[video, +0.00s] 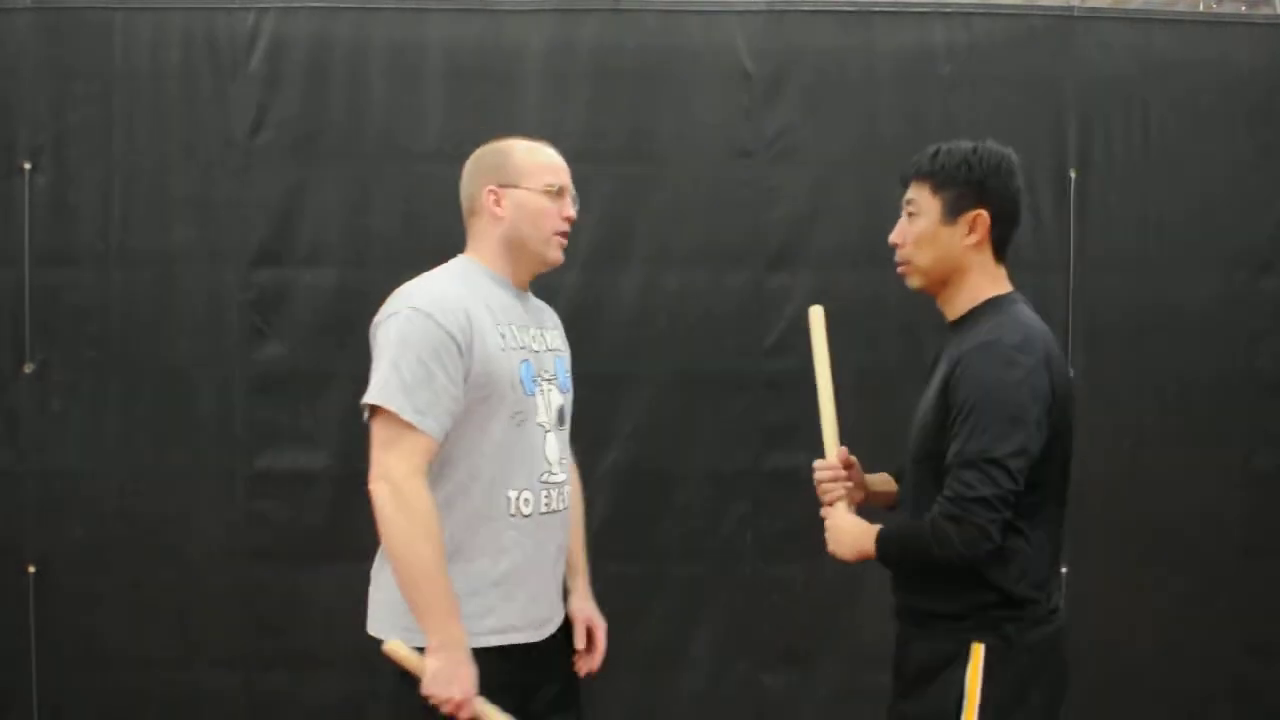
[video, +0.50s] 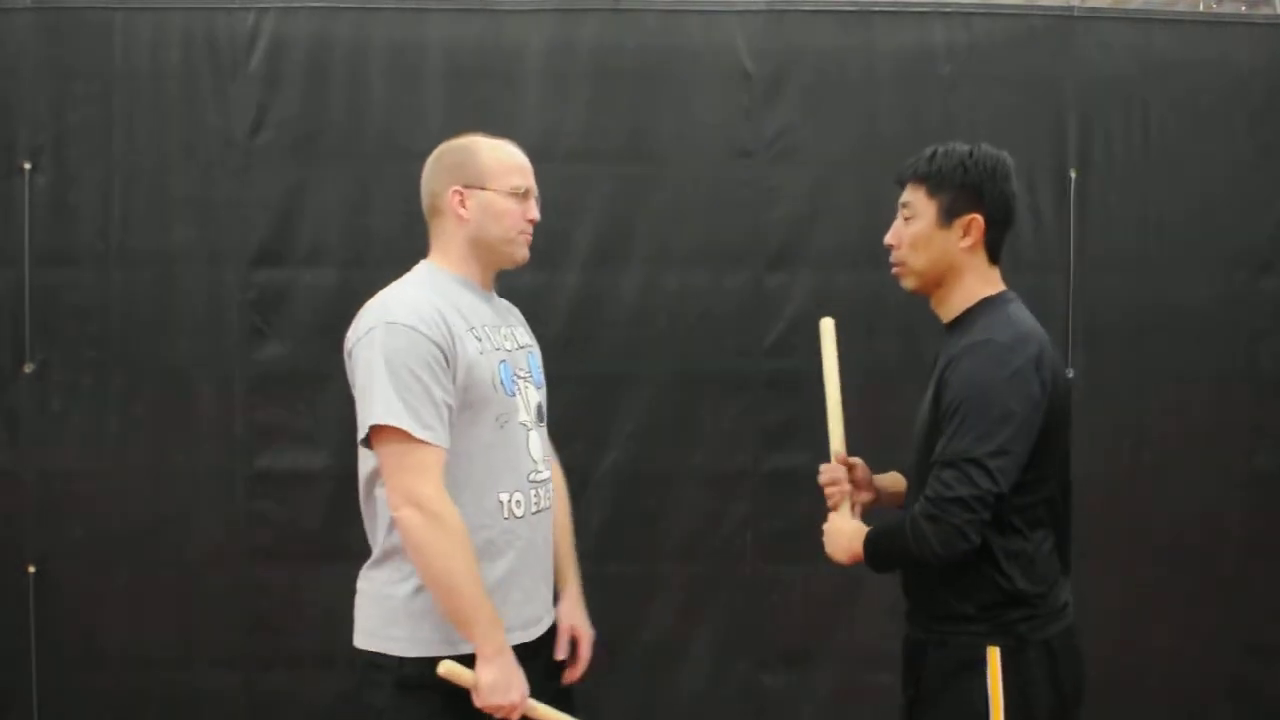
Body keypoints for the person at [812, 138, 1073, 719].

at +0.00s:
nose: (893, 236)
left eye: (912, 215)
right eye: (901, 216)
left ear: (974, 228)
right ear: (967, 229)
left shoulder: (1003, 354)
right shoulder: (978, 342)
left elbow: (970, 531)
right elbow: (957, 486)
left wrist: (871, 540)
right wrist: (875, 490)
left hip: (984, 656)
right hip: (957, 647)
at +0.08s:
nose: (892, 238)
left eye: (910, 217)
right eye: (899, 218)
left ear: (971, 228)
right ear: (965, 230)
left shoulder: (1004, 351)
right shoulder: (975, 342)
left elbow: (971, 523)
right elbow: (954, 483)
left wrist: (873, 540)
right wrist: (875, 491)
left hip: (988, 654)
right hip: (957, 646)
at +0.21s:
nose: (890, 239)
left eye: (909, 218)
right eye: (897, 218)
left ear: (969, 230)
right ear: (963, 232)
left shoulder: (1003, 349)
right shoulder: (972, 342)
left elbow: (968, 520)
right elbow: (951, 483)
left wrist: (875, 539)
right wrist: (878, 491)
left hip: (993, 655)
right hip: (960, 648)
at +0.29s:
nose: (890, 239)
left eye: (909, 218)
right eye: (897, 219)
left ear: (968, 231)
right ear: (963, 233)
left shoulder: (1000, 350)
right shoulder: (976, 342)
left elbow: (962, 521)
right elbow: (960, 486)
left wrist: (872, 541)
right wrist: (881, 490)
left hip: (992, 651)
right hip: (965, 644)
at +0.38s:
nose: (890, 238)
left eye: (909, 217)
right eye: (897, 218)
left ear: (969, 229)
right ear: (963, 231)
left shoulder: (999, 350)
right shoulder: (977, 340)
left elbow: (955, 521)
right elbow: (965, 481)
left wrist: (867, 540)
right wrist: (881, 487)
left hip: (993, 649)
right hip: (966, 641)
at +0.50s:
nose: (889, 237)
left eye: (908, 217)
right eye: (896, 217)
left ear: (967, 231)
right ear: (962, 233)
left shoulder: (996, 352)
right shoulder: (981, 340)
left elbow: (952, 526)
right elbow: (968, 480)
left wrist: (864, 543)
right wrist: (880, 488)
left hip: (994, 654)